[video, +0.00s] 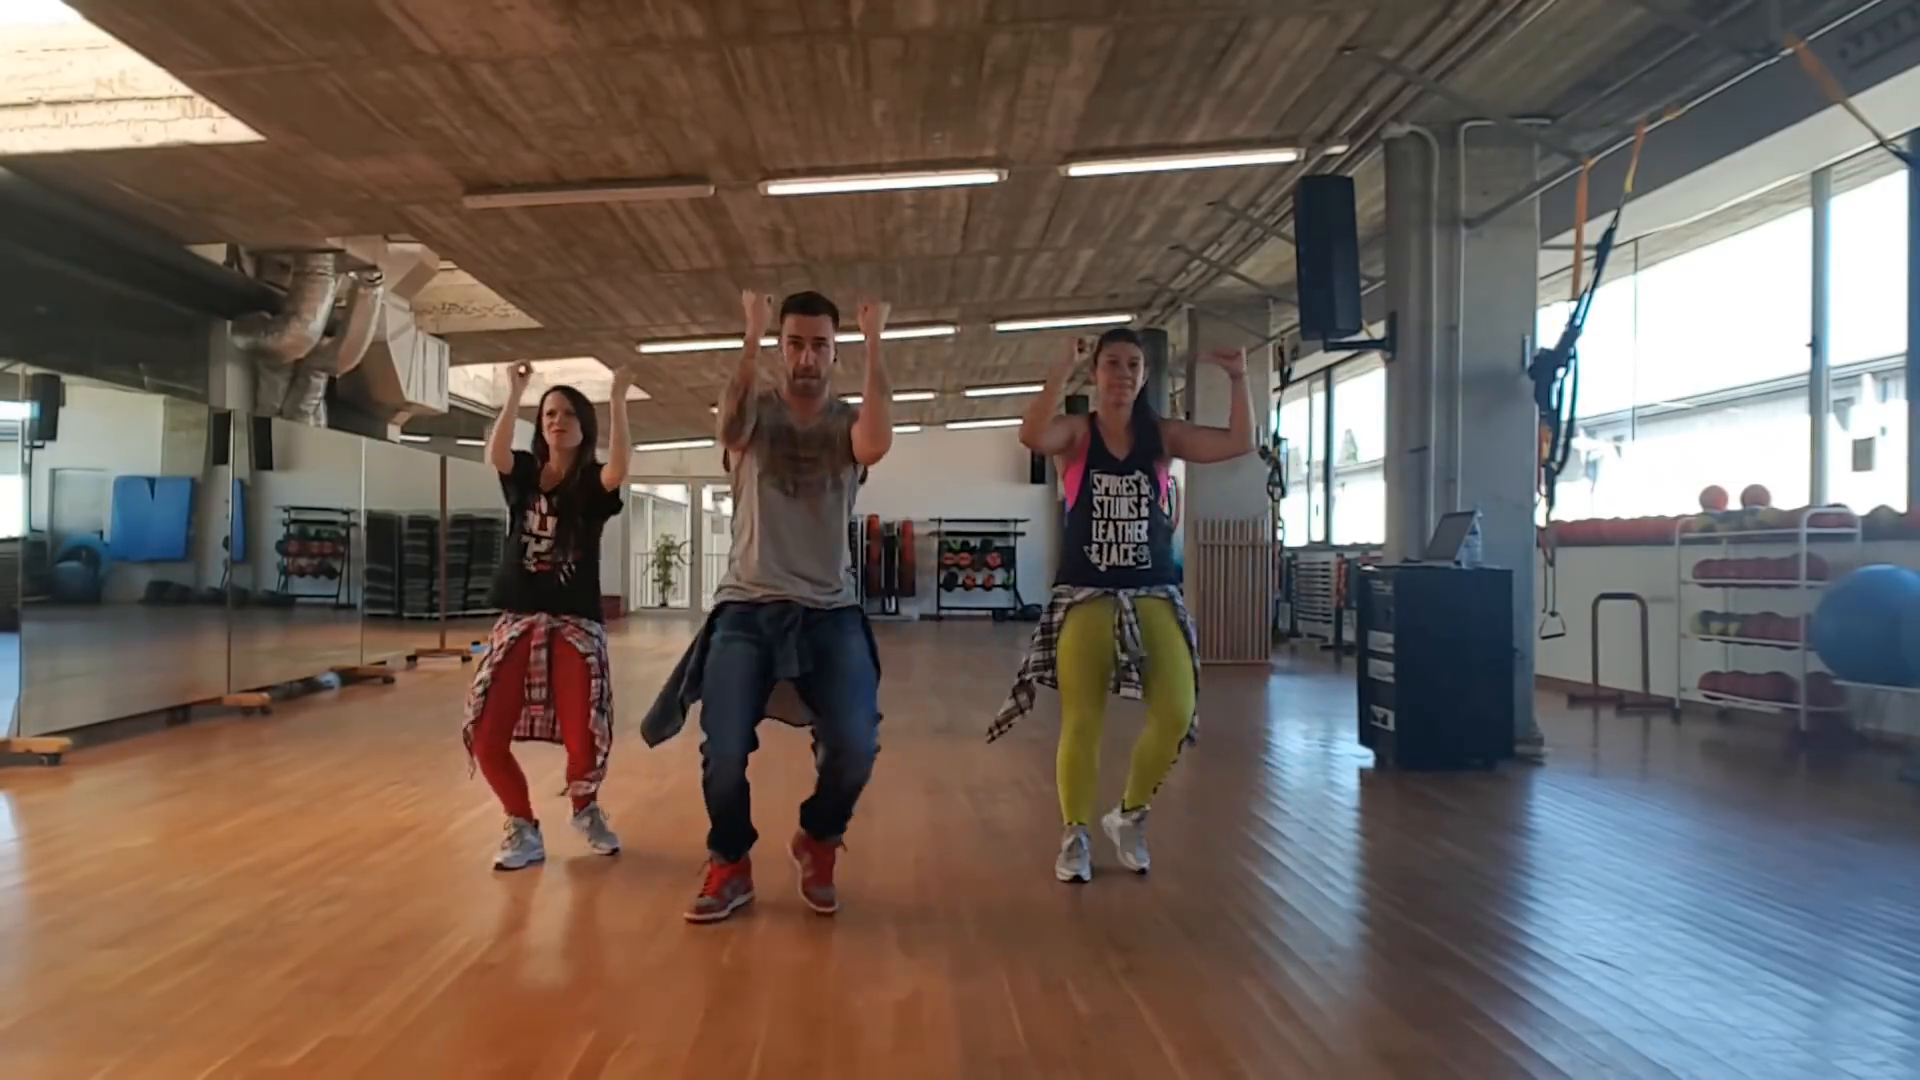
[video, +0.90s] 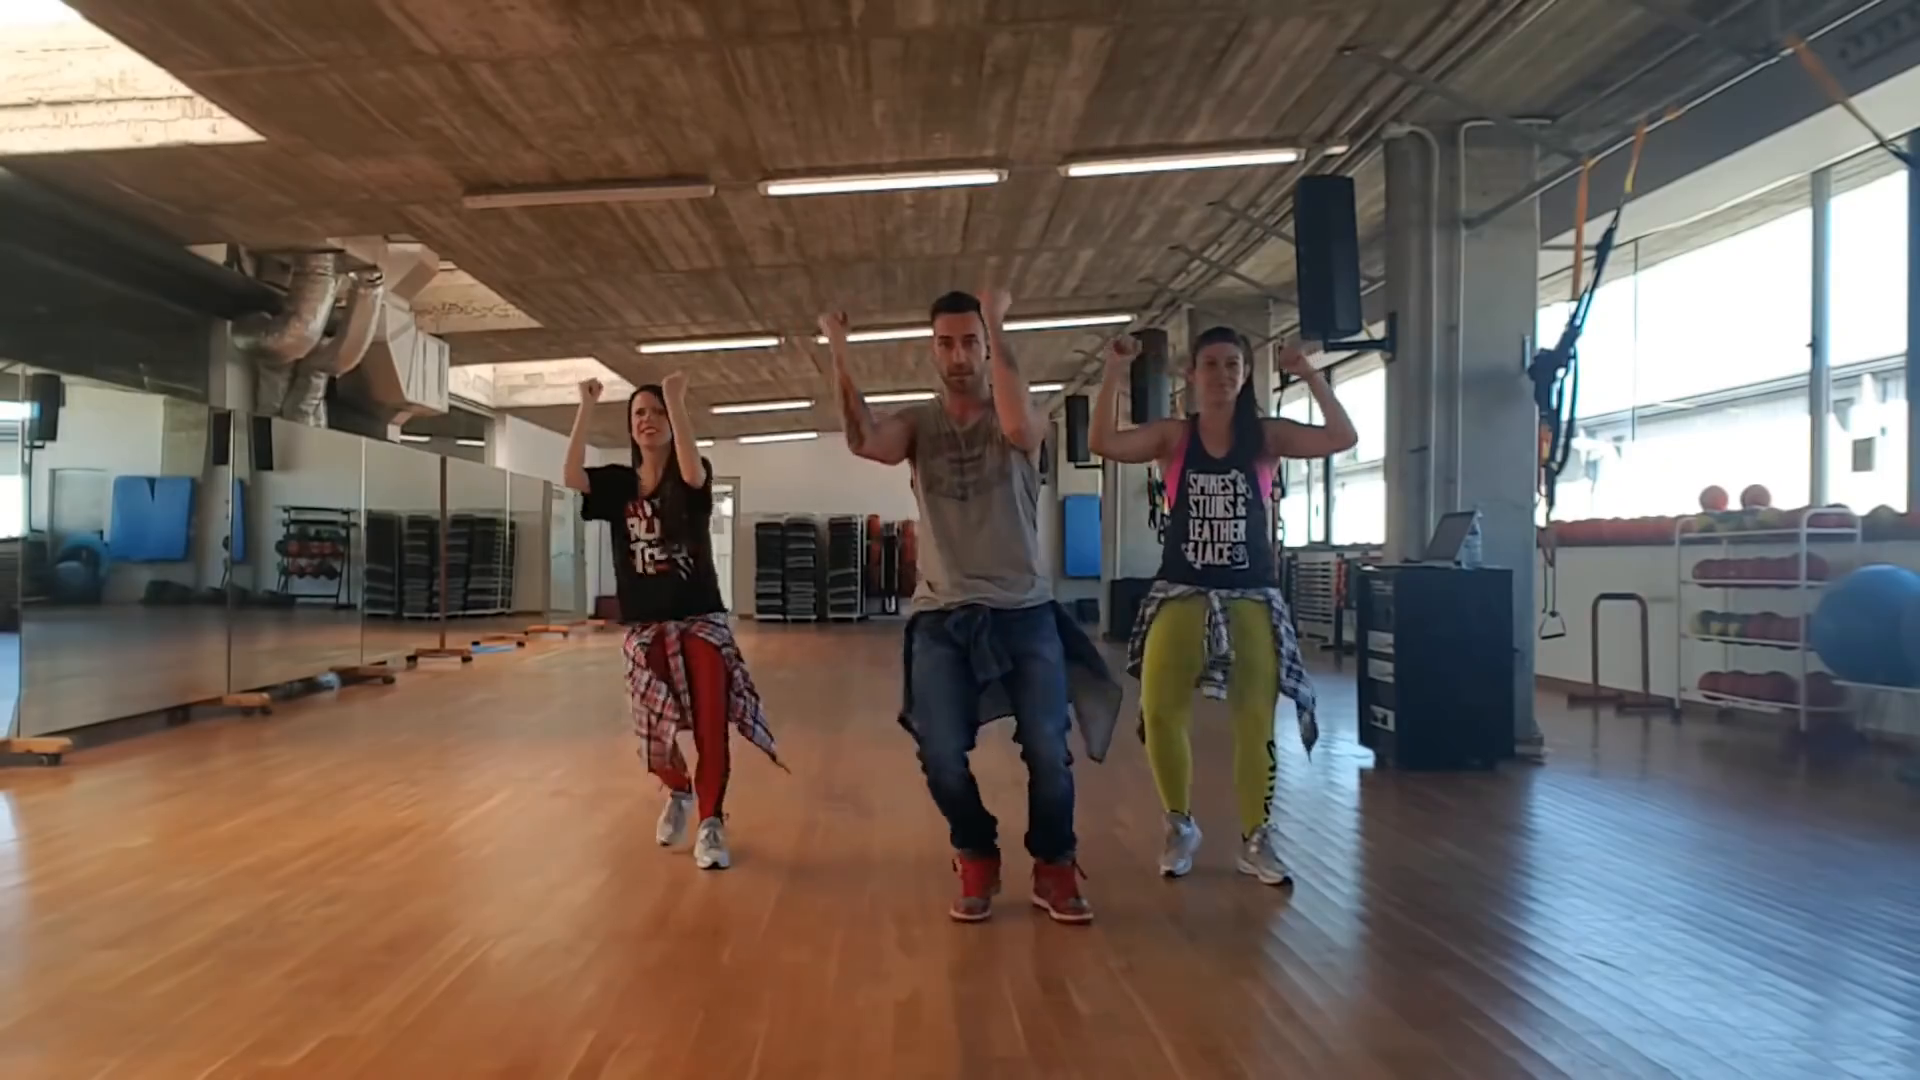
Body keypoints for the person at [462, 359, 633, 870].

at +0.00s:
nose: (558, 421)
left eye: (567, 414)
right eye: (549, 415)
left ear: (586, 425)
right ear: (539, 426)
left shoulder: (594, 484)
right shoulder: (525, 474)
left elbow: (619, 470)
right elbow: (497, 454)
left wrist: (616, 403)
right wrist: (514, 395)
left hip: (575, 617)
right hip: (518, 615)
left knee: (582, 727)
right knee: (487, 738)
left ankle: (586, 810)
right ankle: (524, 831)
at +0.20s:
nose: (576, 411)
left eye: (585, 404)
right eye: (567, 405)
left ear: (602, 415)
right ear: (556, 415)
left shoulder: (609, 475)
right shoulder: (531, 466)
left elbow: (635, 462)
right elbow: (486, 447)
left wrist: (622, 394)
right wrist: (511, 379)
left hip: (601, 617)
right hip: (541, 616)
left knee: (654, 714)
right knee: (518, 720)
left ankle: (617, 813)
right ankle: (507, 825)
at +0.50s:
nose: (623, 416)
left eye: (631, 409)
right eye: (613, 411)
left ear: (648, 420)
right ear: (604, 425)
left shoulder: (664, 473)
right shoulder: (591, 477)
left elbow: (688, 459)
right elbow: (546, 470)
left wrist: (662, 396)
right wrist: (563, 402)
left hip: (678, 618)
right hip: (621, 624)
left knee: (716, 725)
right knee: (591, 733)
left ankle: (682, 831)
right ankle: (515, 806)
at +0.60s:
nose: (633, 402)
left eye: (642, 395)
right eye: (624, 397)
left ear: (660, 407)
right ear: (615, 412)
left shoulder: (679, 460)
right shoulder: (603, 468)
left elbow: (705, 442)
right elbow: (547, 449)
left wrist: (677, 388)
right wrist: (567, 385)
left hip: (692, 607)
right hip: (634, 610)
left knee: (712, 721)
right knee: (611, 714)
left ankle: (683, 828)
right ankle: (593, 788)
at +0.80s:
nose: (651, 415)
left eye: (659, 407)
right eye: (642, 408)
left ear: (673, 416)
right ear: (631, 421)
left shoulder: (692, 470)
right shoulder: (616, 479)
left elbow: (699, 477)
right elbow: (570, 474)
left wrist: (679, 403)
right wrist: (580, 404)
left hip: (703, 609)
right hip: (647, 614)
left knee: (713, 712)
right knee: (664, 709)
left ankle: (711, 823)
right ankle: (669, 807)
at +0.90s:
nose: (648, 420)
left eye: (656, 412)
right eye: (639, 414)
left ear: (671, 422)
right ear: (629, 427)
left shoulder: (691, 473)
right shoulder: (619, 483)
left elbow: (694, 478)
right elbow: (571, 476)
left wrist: (677, 408)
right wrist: (586, 410)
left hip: (699, 614)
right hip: (644, 620)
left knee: (711, 721)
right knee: (653, 727)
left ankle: (711, 822)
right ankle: (680, 792)